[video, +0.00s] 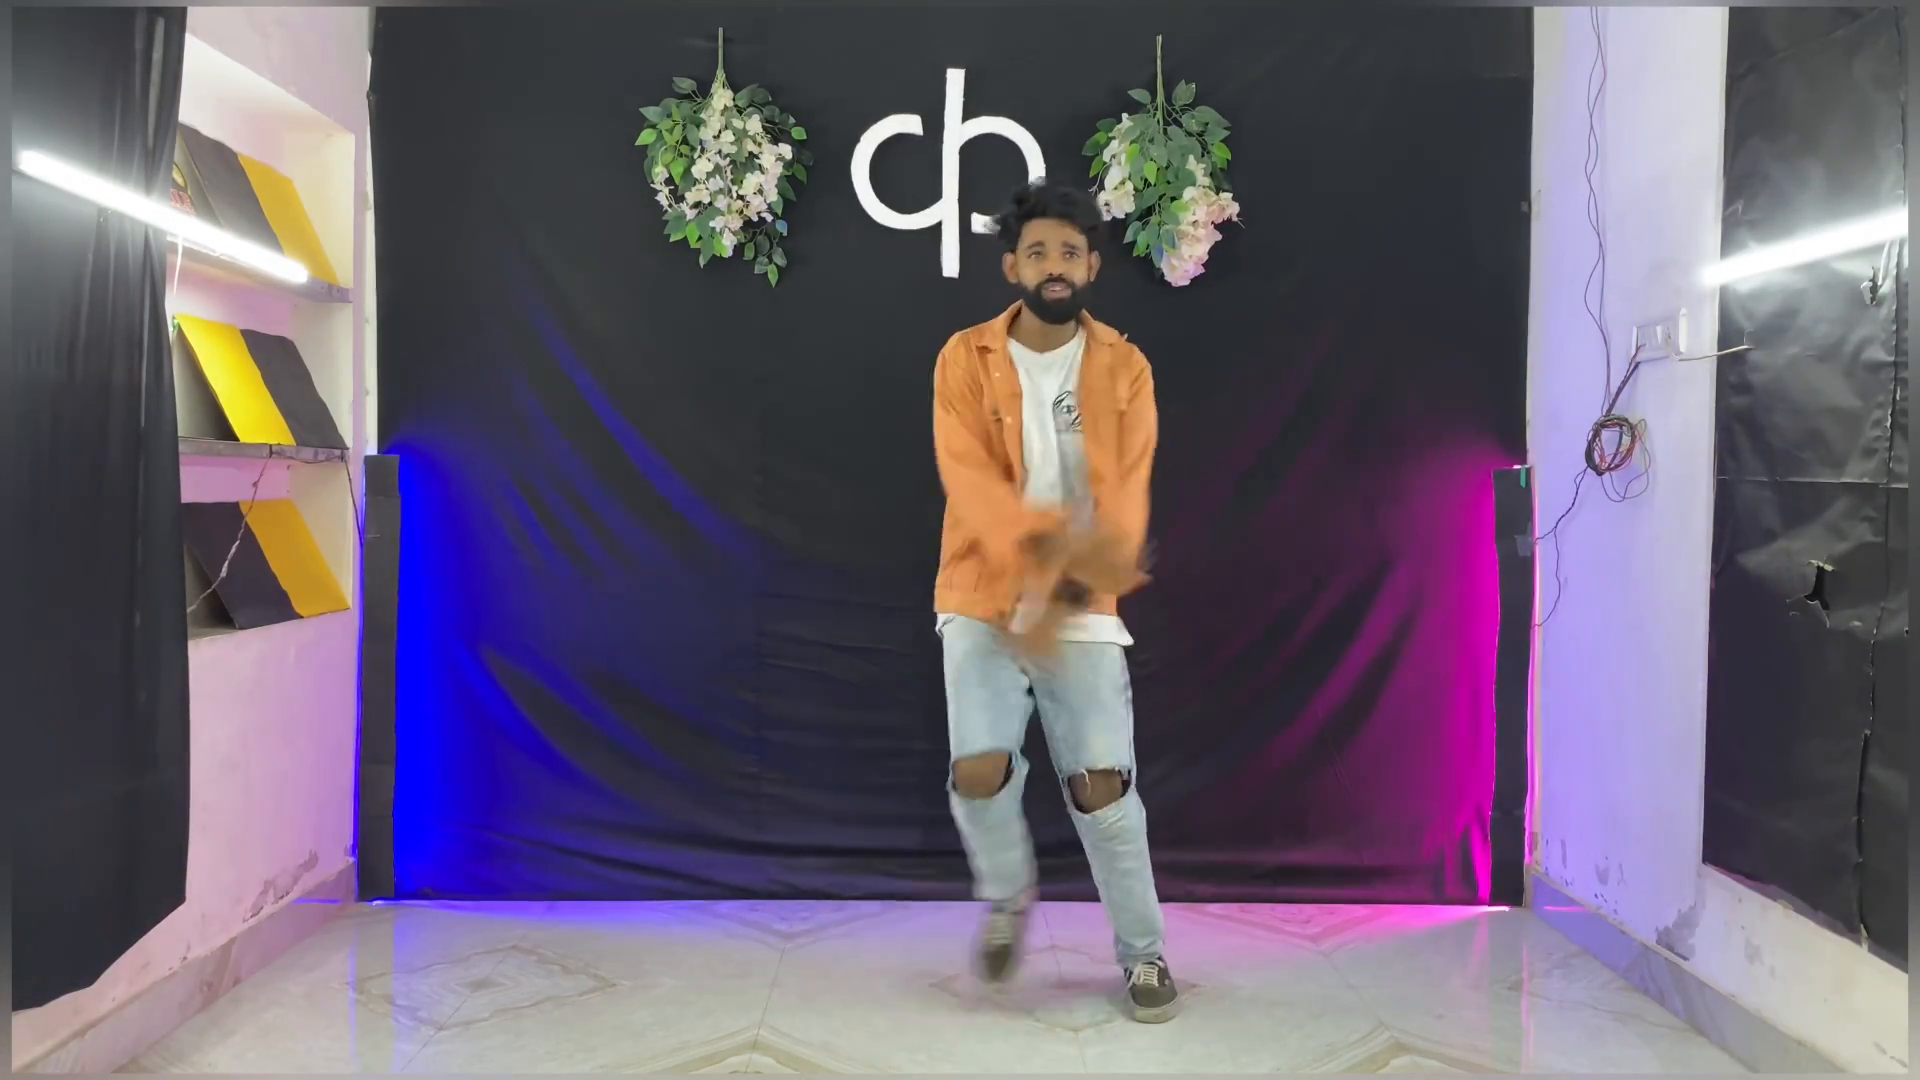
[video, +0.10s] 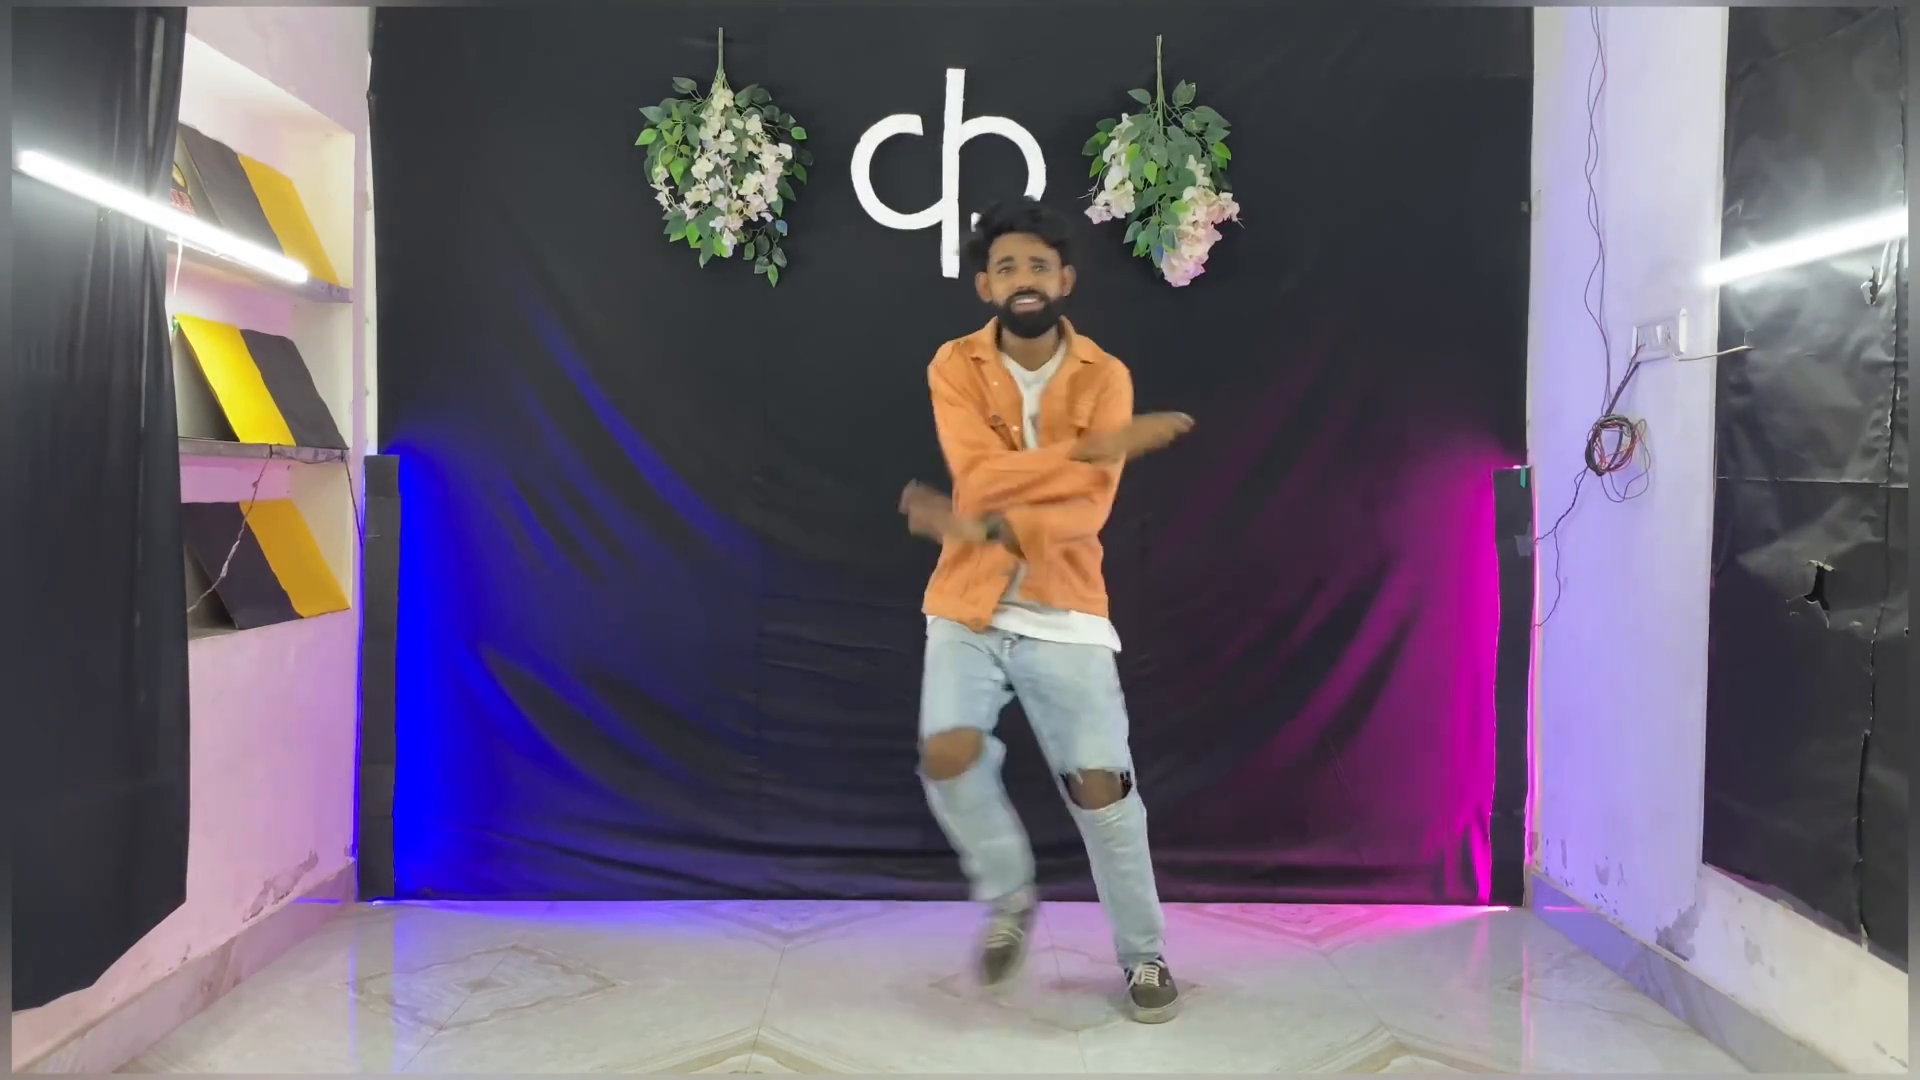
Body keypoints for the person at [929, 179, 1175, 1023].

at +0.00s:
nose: (1054, 268)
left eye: (1071, 253)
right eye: (1036, 253)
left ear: (1093, 267)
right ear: (1010, 263)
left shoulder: (1123, 366)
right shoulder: (965, 358)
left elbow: (1128, 492)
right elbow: (964, 476)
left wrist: (1076, 576)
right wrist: (1040, 536)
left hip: (1083, 602)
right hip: (981, 600)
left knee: (1100, 783)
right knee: (978, 767)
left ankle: (1142, 951)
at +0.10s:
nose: (1024, 279)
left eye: (1039, 264)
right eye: (1005, 267)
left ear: (1066, 277)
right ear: (982, 285)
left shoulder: (1102, 377)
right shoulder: (957, 365)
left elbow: (1088, 502)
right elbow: (977, 472)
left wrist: (974, 522)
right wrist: (1096, 447)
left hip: (1066, 607)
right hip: (968, 599)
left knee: (1099, 785)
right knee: (947, 752)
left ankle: (1143, 953)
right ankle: (1009, 895)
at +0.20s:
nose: (981, 281)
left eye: (1000, 266)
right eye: (966, 266)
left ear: (1033, 280)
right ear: (949, 279)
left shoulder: (1078, 377)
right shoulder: (921, 374)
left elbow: (1104, 517)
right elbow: (894, 497)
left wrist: (1031, 495)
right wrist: (972, 481)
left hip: (1045, 620)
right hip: (942, 607)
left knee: (1067, 795)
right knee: (892, 756)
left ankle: (1136, 953)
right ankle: (848, 935)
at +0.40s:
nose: (920, 330)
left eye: (942, 320)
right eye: (912, 316)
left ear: (978, 340)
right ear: (897, 330)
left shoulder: (1021, 436)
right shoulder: (872, 442)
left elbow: (1093, 549)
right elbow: (822, 570)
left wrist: (1170, 644)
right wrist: (753, 663)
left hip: (963, 704)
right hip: (860, 684)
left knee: (960, 886)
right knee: (791, 836)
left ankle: (1107, 948)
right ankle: (682, 965)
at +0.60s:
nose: (1025, 288)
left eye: (1044, 273)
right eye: (1010, 271)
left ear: (1073, 280)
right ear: (986, 276)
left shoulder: (1107, 352)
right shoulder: (957, 365)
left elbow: (1131, 447)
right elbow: (917, 492)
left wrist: (1095, 482)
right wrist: (891, 604)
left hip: (1077, 621)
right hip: (965, 613)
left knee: (1102, 792)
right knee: (880, 768)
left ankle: (1116, 956)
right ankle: (771, 933)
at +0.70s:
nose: (1078, 276)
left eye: (1094, 262)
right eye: (1065, 259)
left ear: (1116, 271)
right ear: (1034, 260)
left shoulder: (1140, 331)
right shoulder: (992, 354)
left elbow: (1176, 369)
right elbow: (960, 481)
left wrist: (1119, 297)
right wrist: (943, 590)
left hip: (1125, 600)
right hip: (1020, 597)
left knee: (1139, 774)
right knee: (970, 750)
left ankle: (1123, 950)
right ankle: (925, 882)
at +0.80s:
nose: (1123, 274)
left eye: (1139, 262)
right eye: (1110, 257)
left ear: (1161, 274)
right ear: (1083, 262)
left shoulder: (1171, 341)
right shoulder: (1030, 351)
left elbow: (1216, 270)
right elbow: (1008, 481)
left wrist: (1152, 221)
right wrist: (1007, 599)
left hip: (1167, 593)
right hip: (1065, 599)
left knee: (1169, 772)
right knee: (1048, 762)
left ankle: (1131, 943)